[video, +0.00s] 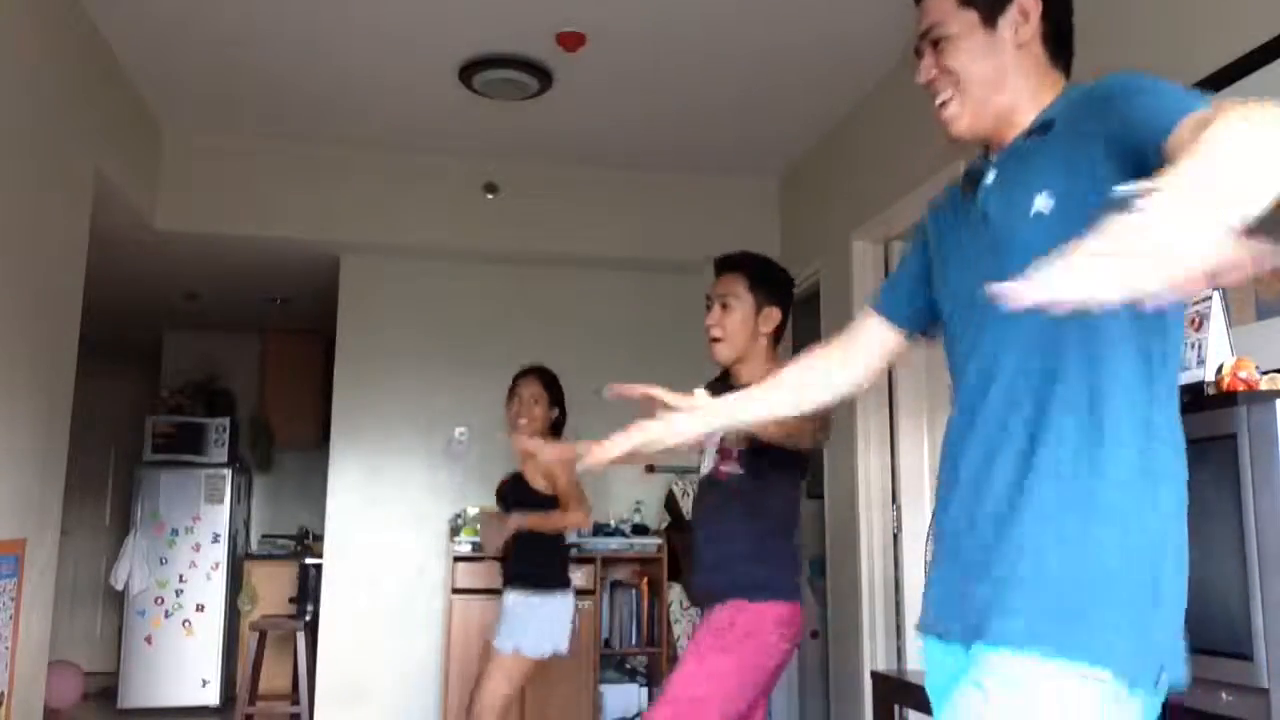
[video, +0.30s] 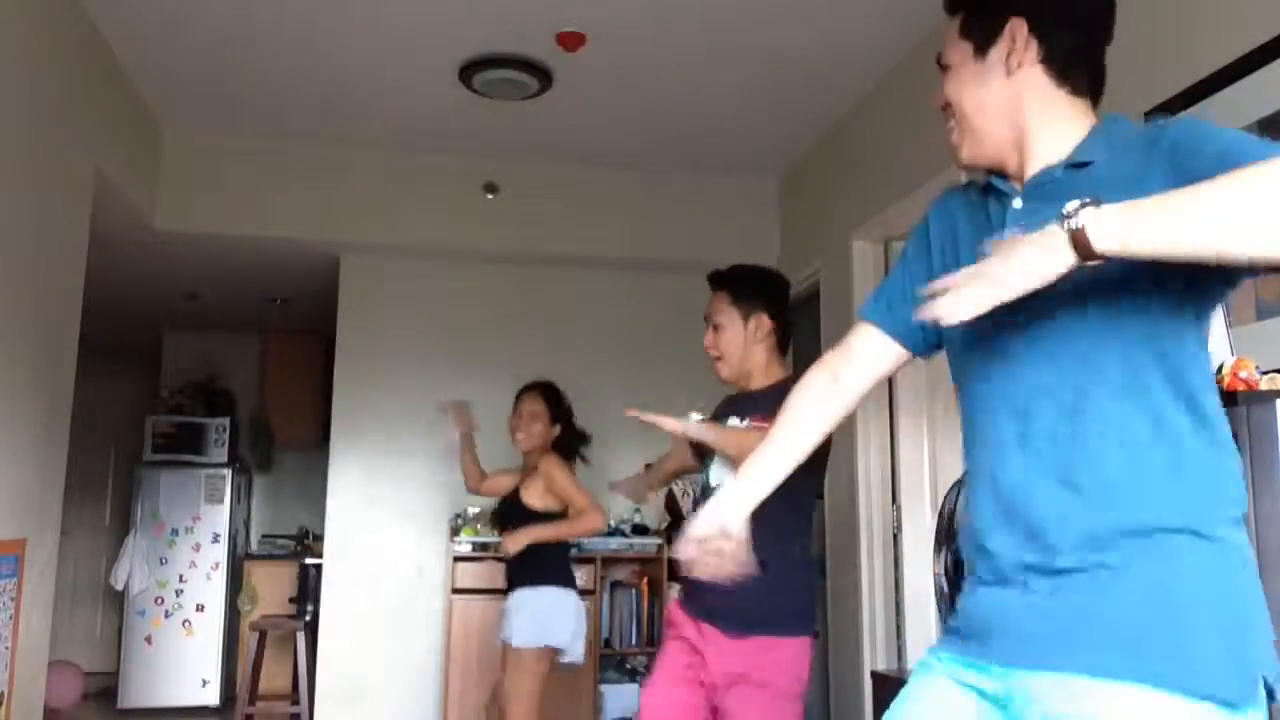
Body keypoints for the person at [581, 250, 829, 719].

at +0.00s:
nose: (710, 321)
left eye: (726, 306)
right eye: (710, 307)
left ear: (770, 320)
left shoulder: (803, 397)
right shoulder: (719, 393)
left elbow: (805, 432)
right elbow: (653, 439)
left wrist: (702, 410)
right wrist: (579, 453)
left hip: (760, 608)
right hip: (716, 603)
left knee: (671, 712)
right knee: (744, 715)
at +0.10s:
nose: (709, 306)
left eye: (722, 292)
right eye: (709, 292)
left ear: (768, 302)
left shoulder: (801, 374)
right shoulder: (721, 380)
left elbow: (795, 416)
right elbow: (656, 444)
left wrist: (692, 402)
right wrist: (576, 446)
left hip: (766, 594)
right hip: (708, 591)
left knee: (722, 714)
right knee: (669, 713)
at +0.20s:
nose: (709, 325)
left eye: (720, 310)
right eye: (710, 311)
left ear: (766, 316)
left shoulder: (807, 389)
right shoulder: (723, 399)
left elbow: (778, 430)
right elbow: (696, 443)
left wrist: (703, 427)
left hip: (770, 626)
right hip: (693, 615)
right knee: (663, 713)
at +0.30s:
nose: (706, 342)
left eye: (716, 326)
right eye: (707, 327)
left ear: (761, 326)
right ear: (758, 328)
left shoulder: (807, 402)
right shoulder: (729, 408)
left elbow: (772, 452)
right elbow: (687, 453)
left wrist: (699, 431)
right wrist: (651, 478)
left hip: (767, 636)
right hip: (693, 624)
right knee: (658, 712)